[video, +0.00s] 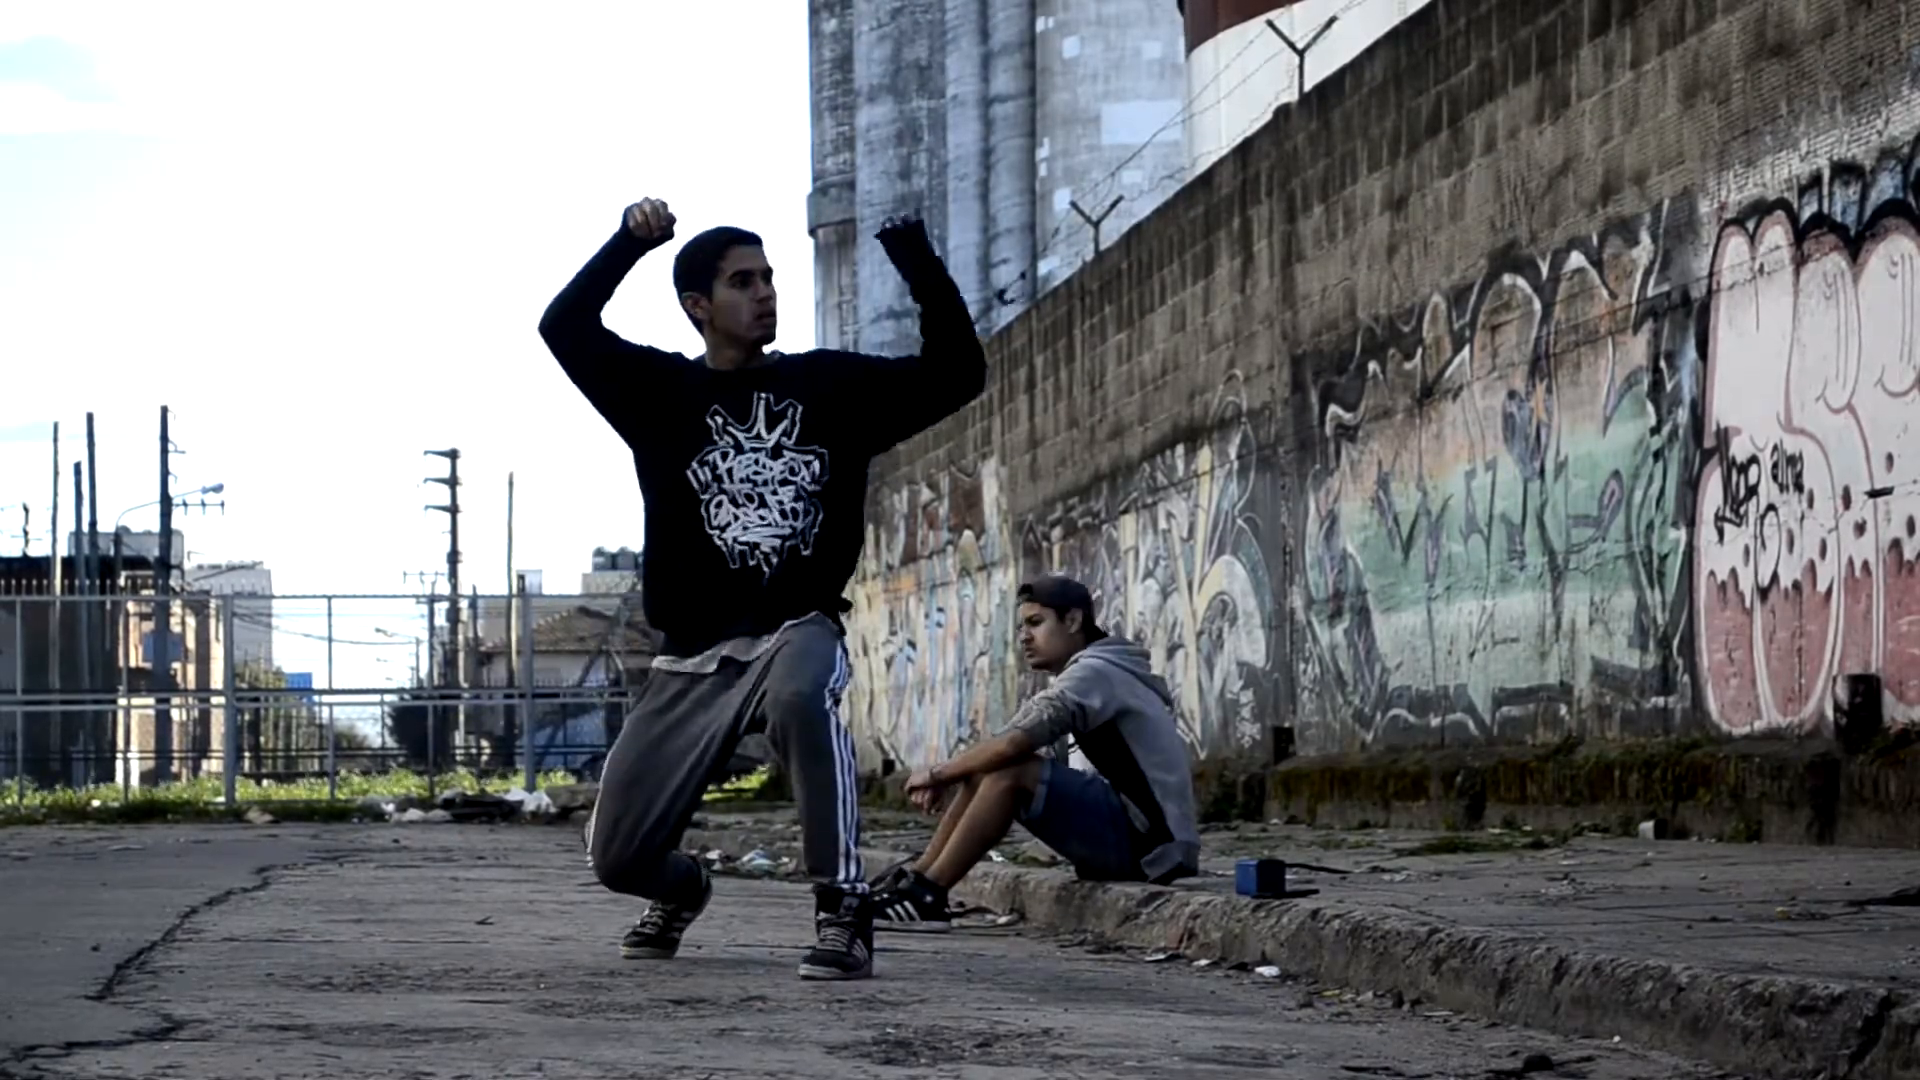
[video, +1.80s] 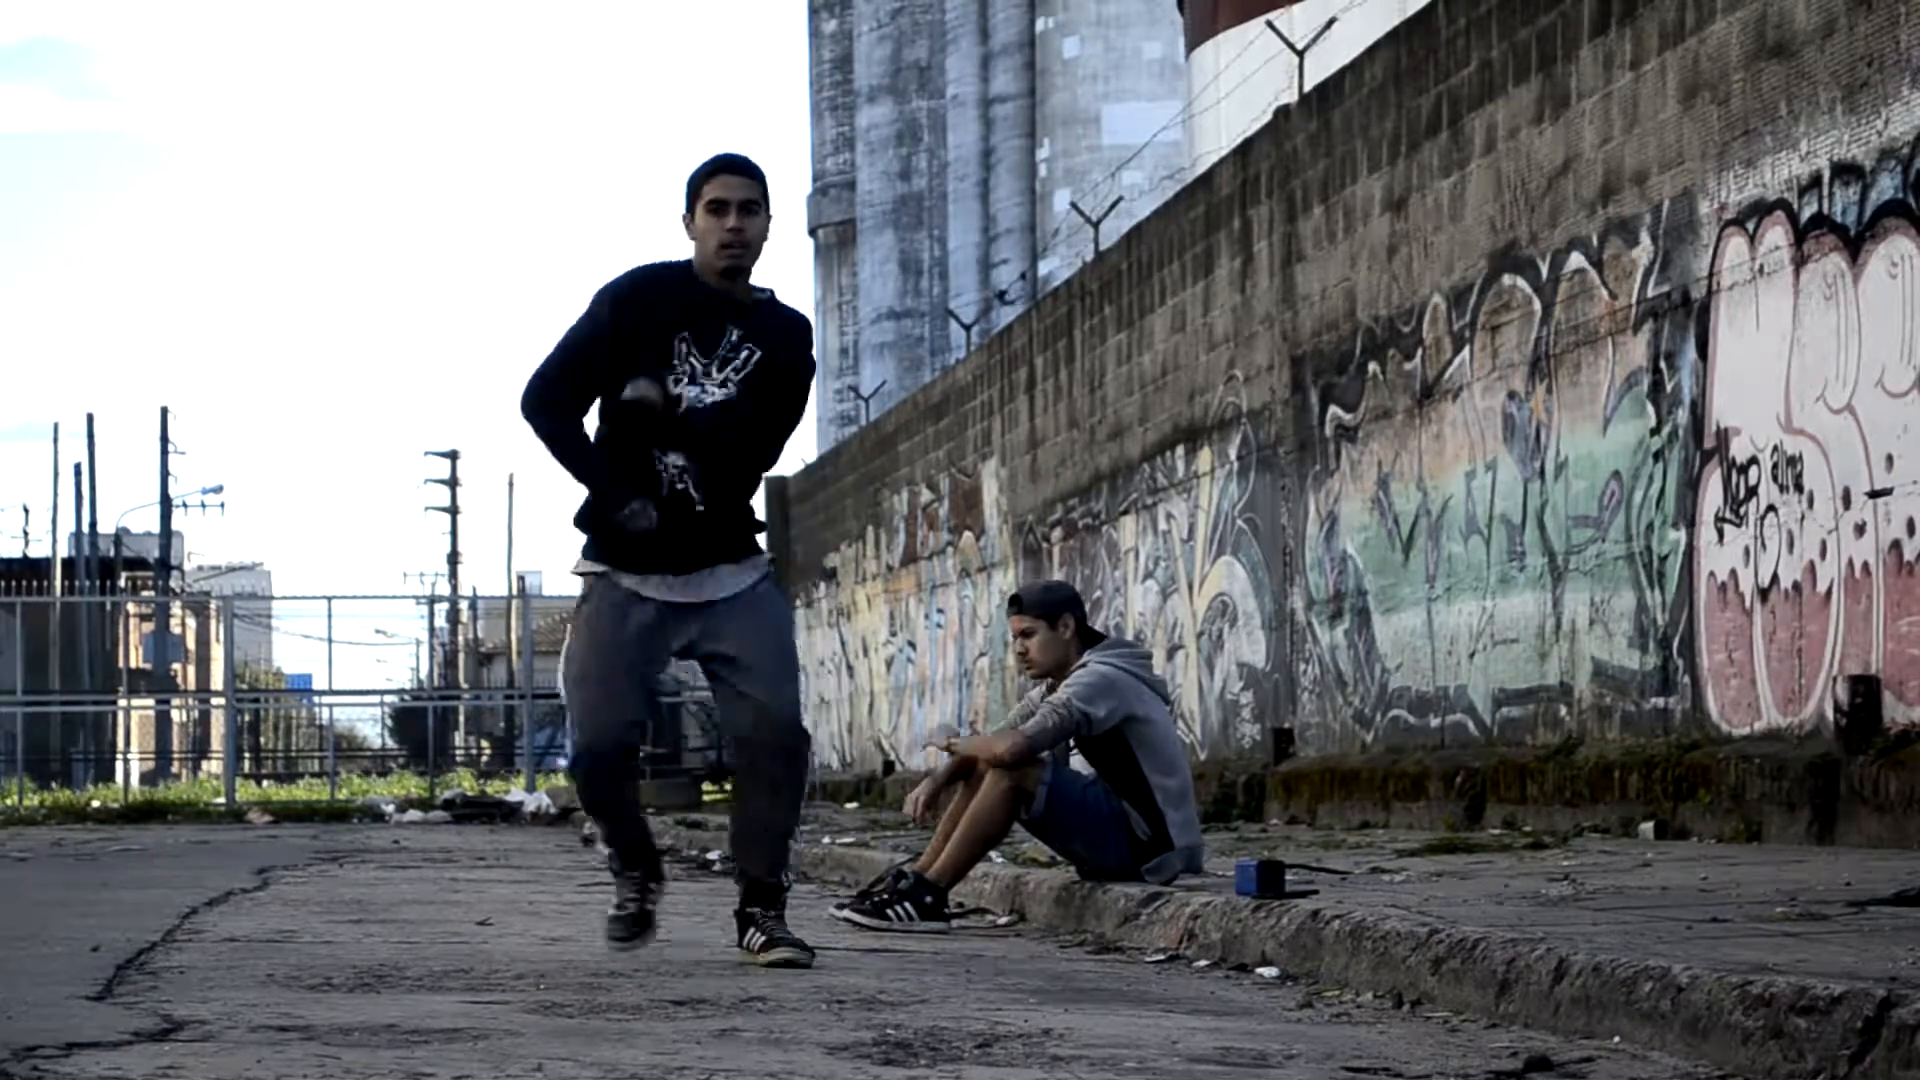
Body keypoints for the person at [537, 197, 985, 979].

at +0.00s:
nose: (766, 294)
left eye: (769, 279)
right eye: (744, 282)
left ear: (776, 292)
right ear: (698, 305)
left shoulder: (831, 384)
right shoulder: (658, 390)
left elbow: (957, 374)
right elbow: (566, 327)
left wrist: (920, 267)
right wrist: (629, 244)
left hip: (796, 628)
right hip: (689, 657)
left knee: (800, 697)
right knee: (618, 858)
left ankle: (841, 911)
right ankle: (684, 886)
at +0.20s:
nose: (743, 187)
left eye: (746, 174)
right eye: (723, 176)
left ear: (753, 188)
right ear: (678, 193)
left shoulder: (798, 292)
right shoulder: (635, 294)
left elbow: (864, 407)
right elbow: (515, 357)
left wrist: (887, 315)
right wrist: (601, 263)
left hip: (780, 553)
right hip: (671, 559)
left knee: (796, 715)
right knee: (629, 750)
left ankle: (822, 898)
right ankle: (677, 890)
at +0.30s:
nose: (727, 146)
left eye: (733, 133)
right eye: (708, 133)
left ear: (743, 145)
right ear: (666, 148)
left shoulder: (789, 258)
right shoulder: (620, 258)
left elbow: (818, 386)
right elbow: (553, 373)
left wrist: (827, 498)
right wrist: (585, 439)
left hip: (769, 511)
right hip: (659, 513)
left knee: (771, 682)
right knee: (643, 711)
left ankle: (756, 861)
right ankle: (654, 878)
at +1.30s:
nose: (728, 205)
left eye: (737, 193)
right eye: (709, 195)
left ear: (750, 213)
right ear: (673, 218)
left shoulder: (791, 324)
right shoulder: (631, 325)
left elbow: (802, 445)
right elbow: (612, 458)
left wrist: (802, 544)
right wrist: (702, 496)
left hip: (774, 563)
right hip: (672, 559)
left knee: (783, 730)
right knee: (686, 729)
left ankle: (735, 743)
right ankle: (702, 895)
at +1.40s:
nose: (763, 219)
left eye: (772, 207)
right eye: (745, 207)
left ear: (784, 223)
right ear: (709, 224)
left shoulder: (798, 338)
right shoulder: (667, 294)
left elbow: (811, 460)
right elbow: (613, 394)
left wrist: (837, 512)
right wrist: (725, 383)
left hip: (774, 539)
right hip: (673, 549)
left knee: (823, 654)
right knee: (700, 727)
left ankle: (820, 833)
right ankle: (705, 898)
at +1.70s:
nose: (776, 247)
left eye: (791, 234)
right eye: (759, 230)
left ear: (804, 248)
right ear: (729, 239)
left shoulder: (795, 368)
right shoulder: (674, 297)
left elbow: (785, 504)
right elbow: (565, 362)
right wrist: (638, 444)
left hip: (744, 571)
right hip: (640, 576)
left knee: (792, 709)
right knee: (670, 768)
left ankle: (823, 898)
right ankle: (701, 906)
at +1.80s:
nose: (736, 225)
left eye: (751, 210)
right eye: (719, 209)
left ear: (767, 225)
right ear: (690, 222)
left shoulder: (787, 334)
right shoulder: (638, 298)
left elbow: (759, 449)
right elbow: (546, 402)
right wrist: (609, 492)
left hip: (734, 574)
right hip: (625, 576)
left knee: (777, 732)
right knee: (596, 750)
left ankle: (762, 910)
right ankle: (638, 870)